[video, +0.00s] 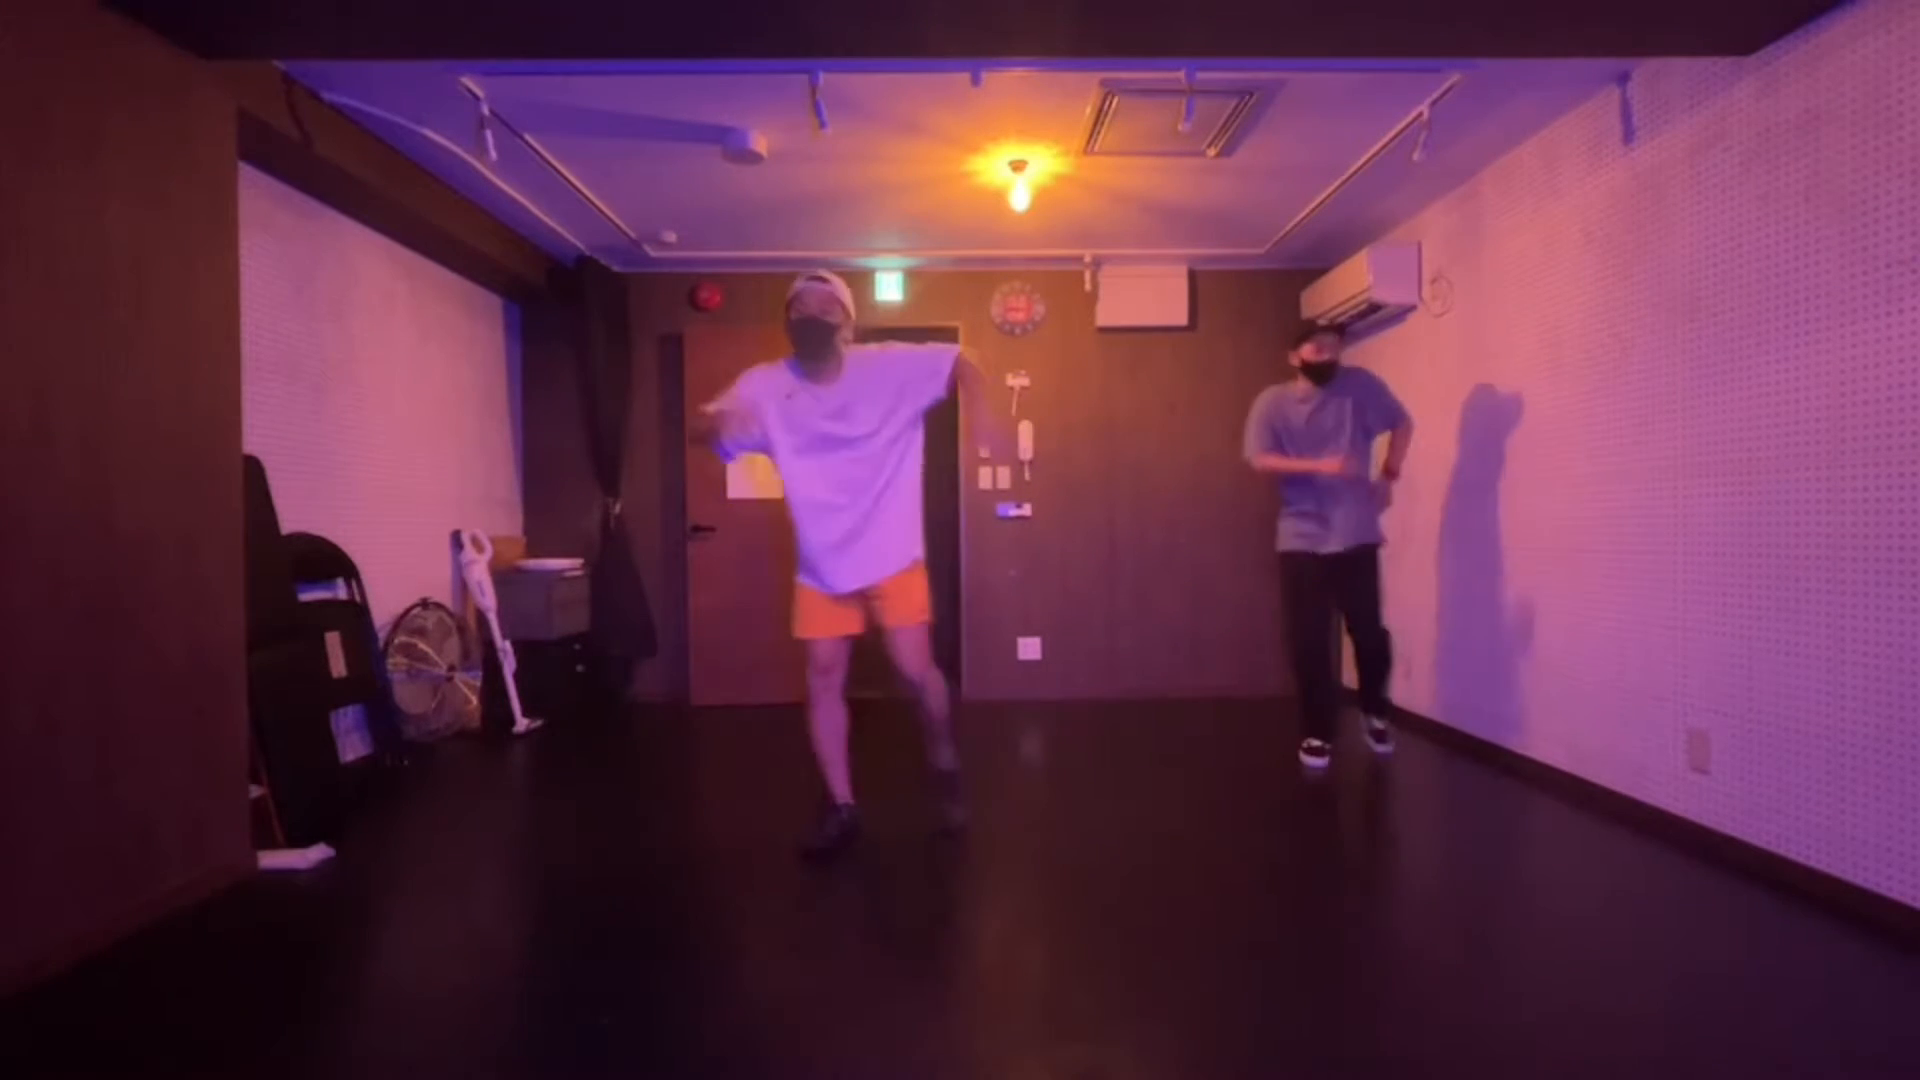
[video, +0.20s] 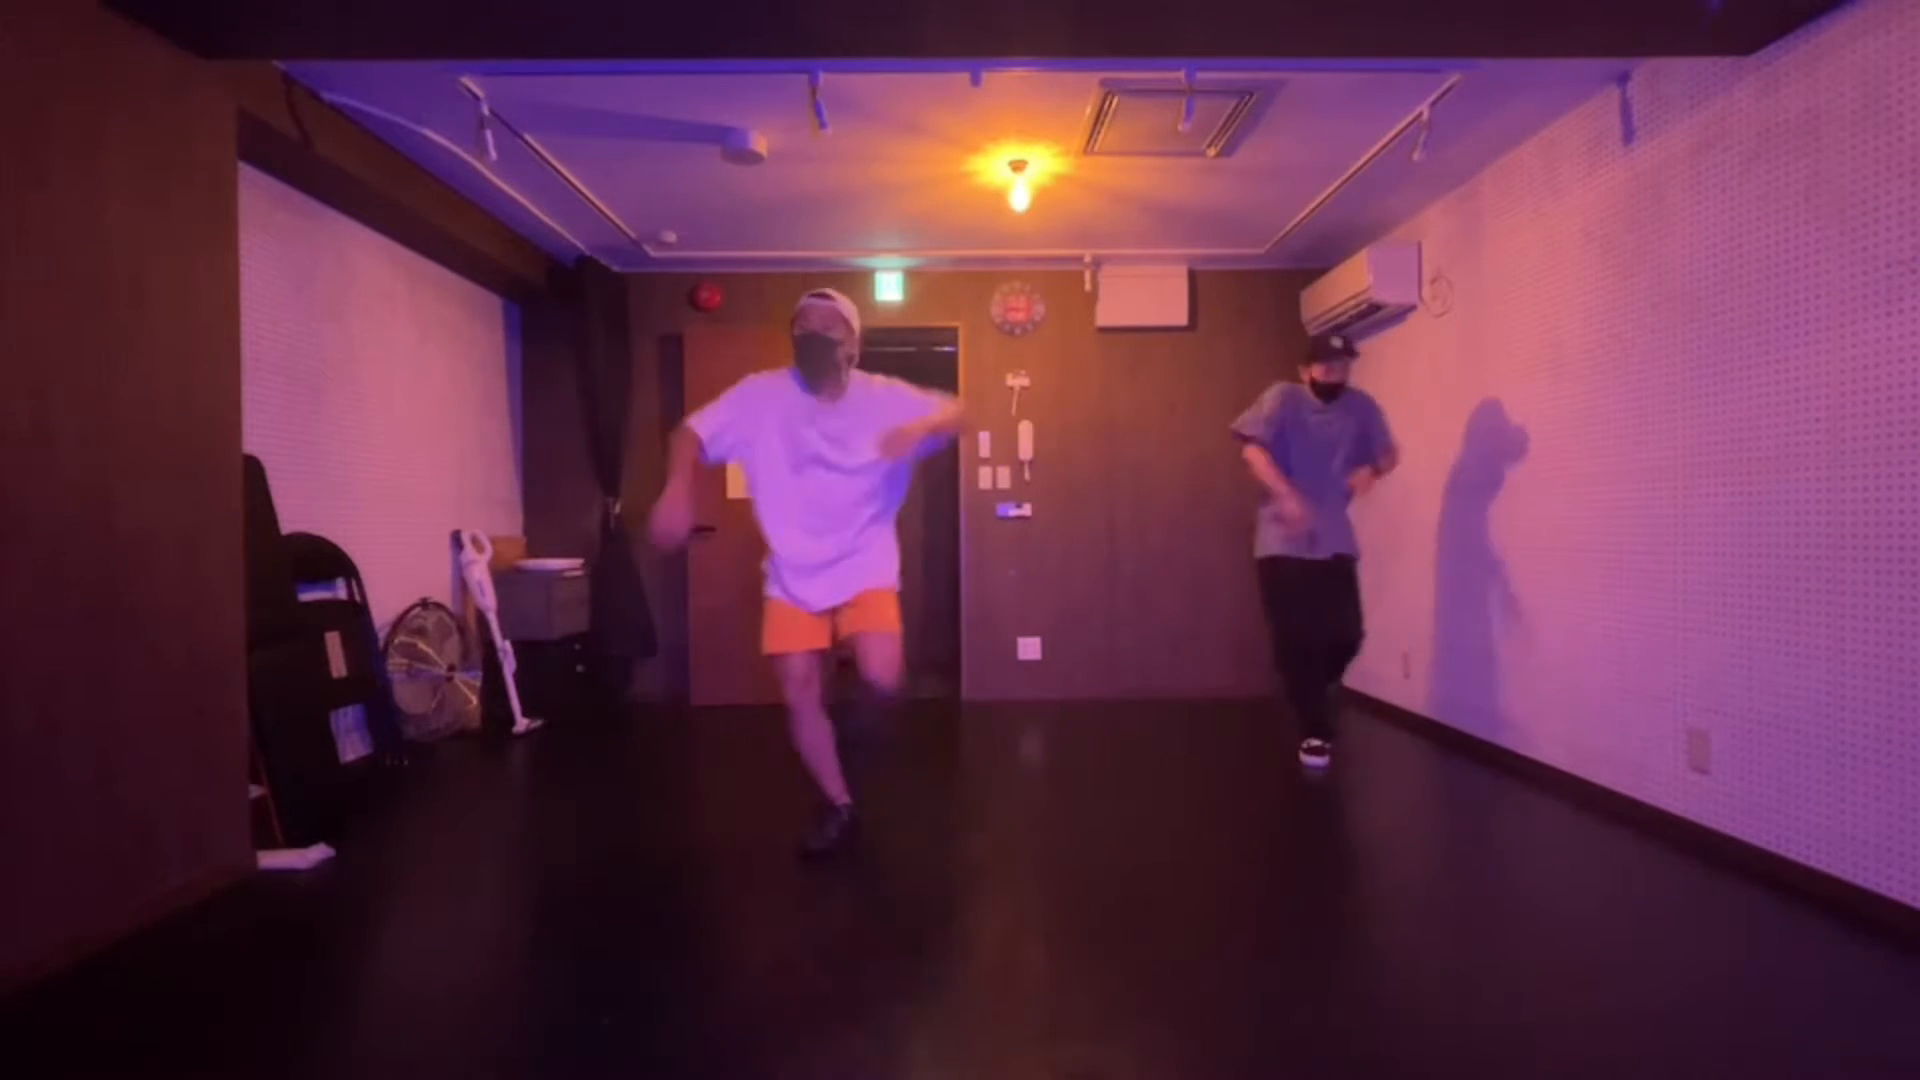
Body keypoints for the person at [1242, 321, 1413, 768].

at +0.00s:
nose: (1325, 360)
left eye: (1330, 352)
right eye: (1315, 352)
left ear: (1339, 353)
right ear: (1295, 356)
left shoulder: (1359, 386)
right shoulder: (1272, 401)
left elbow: (1400, 423)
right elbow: (1258, 458)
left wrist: (1389, 469)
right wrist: (1319, 466)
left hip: (1355, 539)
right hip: (1301, 543)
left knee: (1367, 633)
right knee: (1308, 642)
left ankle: (1374, 709)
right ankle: (1316, 731)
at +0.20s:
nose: (1331, 370)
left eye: (1339, 362)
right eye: (1323, 362)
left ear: (1349, 364)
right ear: (1305, 364)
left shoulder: (1360, 405)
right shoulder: (1284, 397)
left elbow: (1386, 455)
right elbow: (1252, 448)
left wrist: (1366, 476)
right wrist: (1286, 496)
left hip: (1334, 546)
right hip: (1284, 548)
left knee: (1345, 637)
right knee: (1298, 644)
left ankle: (1310, 704)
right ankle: (1313, 733)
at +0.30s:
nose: (1334, 387)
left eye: (1341, 378)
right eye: (1326, 377)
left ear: (1349, 381)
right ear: (1307, 379)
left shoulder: (1352, 434)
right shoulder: (1278, 411)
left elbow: (1360, 494)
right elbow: (1245, 461)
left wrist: (1351, 488)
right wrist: (1249, 520)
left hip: (1323, 558)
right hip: (1274, 552)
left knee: (1333, 650)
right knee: (1297, 646)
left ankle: (1275, 699)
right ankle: (1314, 733)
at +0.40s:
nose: (1329, 395)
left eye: (1335, 387)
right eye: (1321, 386)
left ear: (1344, 391)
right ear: (1303, 389)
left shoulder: (1342, 445)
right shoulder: (1275, 418)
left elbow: (1343, 509)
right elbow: (1233, 469)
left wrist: (1337, 490)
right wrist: (1225, 527)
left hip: (1318, 562)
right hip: (1269, 551)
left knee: (1319, 651)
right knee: (1295, 641)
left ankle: (1264, 707)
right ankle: (1314, 735)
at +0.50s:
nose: (1319, 383)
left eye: (1327, 375)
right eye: (1312, 373)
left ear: (1335, 381)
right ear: (1293, 374)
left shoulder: (1329, 430)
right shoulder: (1263, 409)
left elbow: (1341, 499)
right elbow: (1215, 453)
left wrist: (1328, 468)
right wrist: (1205, 507)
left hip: (1304, 549)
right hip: (1257, 540)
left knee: (1300, 641)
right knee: (1288, 637)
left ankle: (1258, 710)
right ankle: (1312, 733)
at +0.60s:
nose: (1309, 371)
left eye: (1317, 363)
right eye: (1302, 361)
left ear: (1324, 370)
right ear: (1282, 365)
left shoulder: (1320, 418)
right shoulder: (1252, 403)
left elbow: (1350, 474)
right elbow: (1200, 444)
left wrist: (1333, 444)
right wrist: (1197, 497)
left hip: (1297, 546)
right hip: (1253, 539)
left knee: (1293, 637)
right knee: (1282, 634)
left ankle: (1255, 715)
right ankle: (1295, 730)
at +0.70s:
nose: (1296, 367)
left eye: (1304, 360)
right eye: (1287, 359)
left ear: (1313, 370)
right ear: (1269, 367)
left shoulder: (1318, 414)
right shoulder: (1243, 403)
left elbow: (1361, 451)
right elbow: (1188, 440)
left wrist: (1336, 442)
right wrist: (1191, 493)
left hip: (1289, 544)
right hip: (1244, 537)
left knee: (1283, 636)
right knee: (1271, 632)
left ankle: (1253, 718)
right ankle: (1283, 727)